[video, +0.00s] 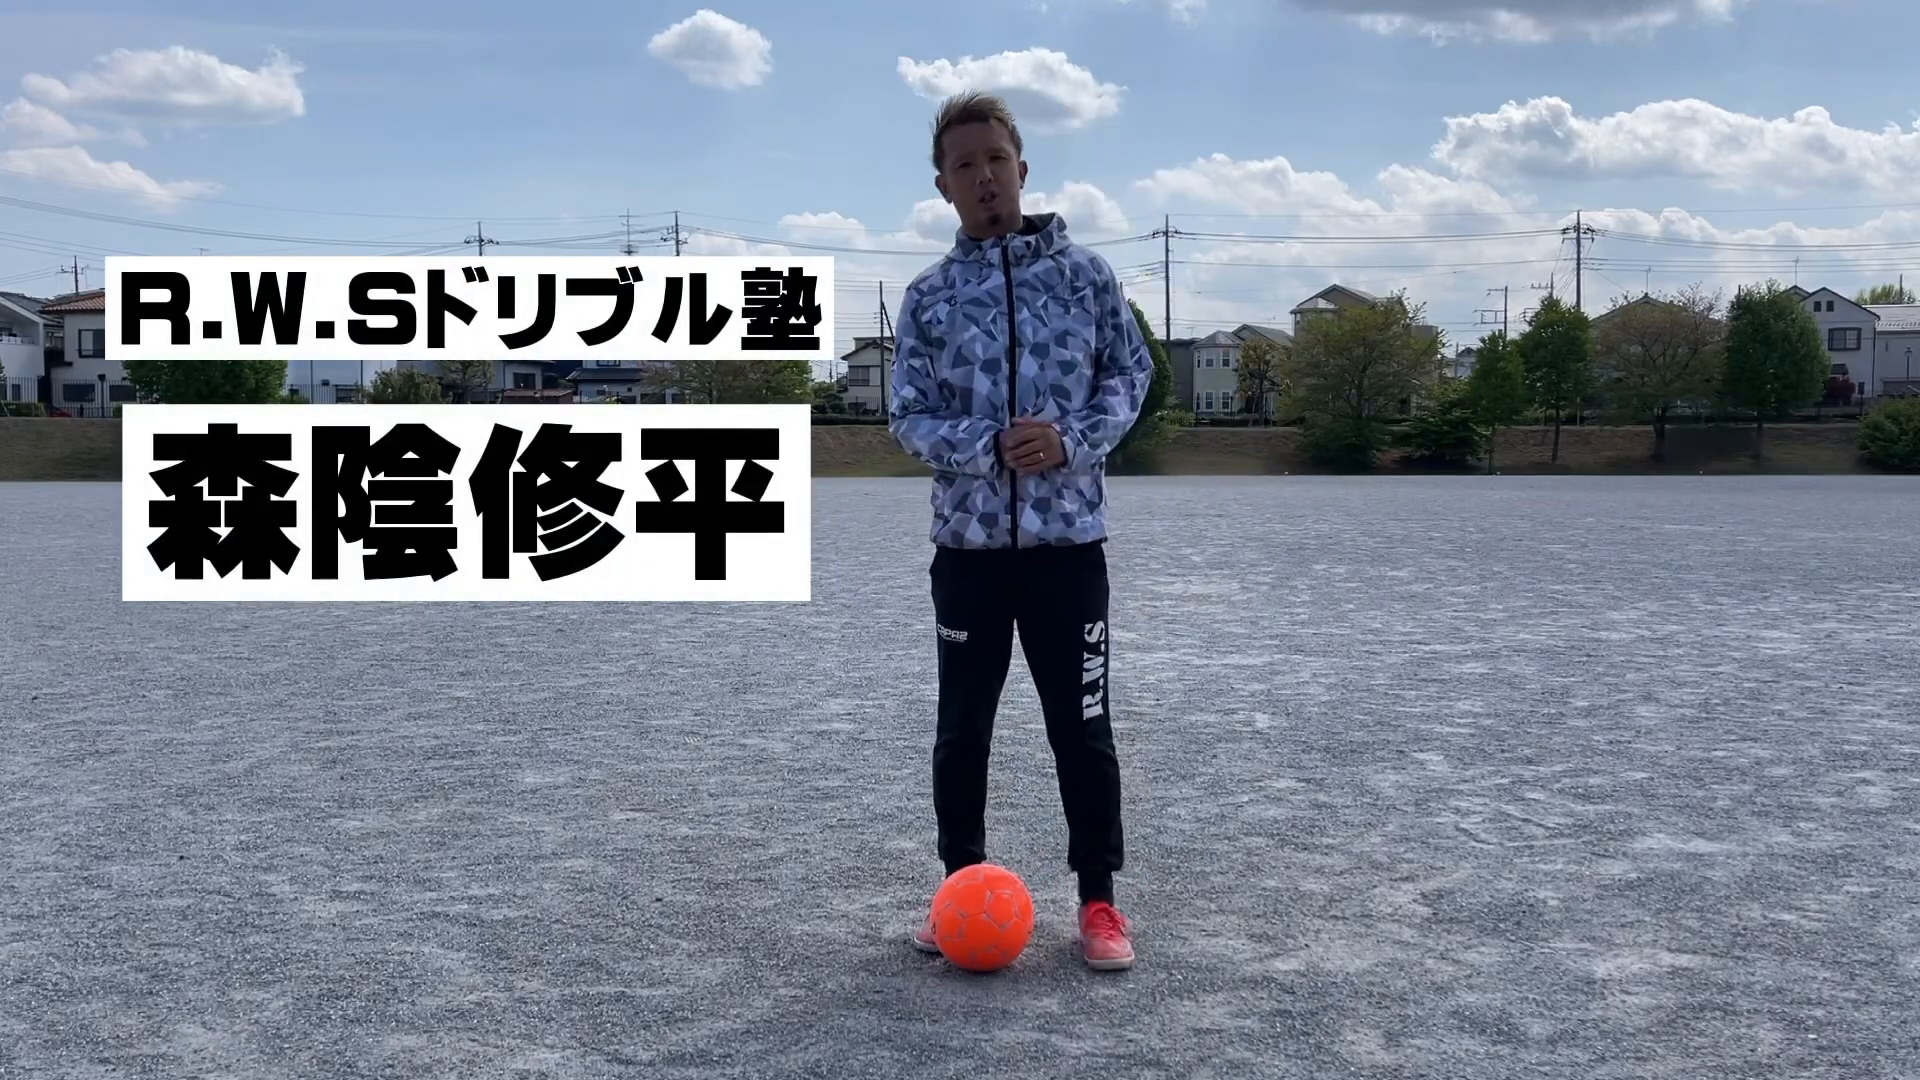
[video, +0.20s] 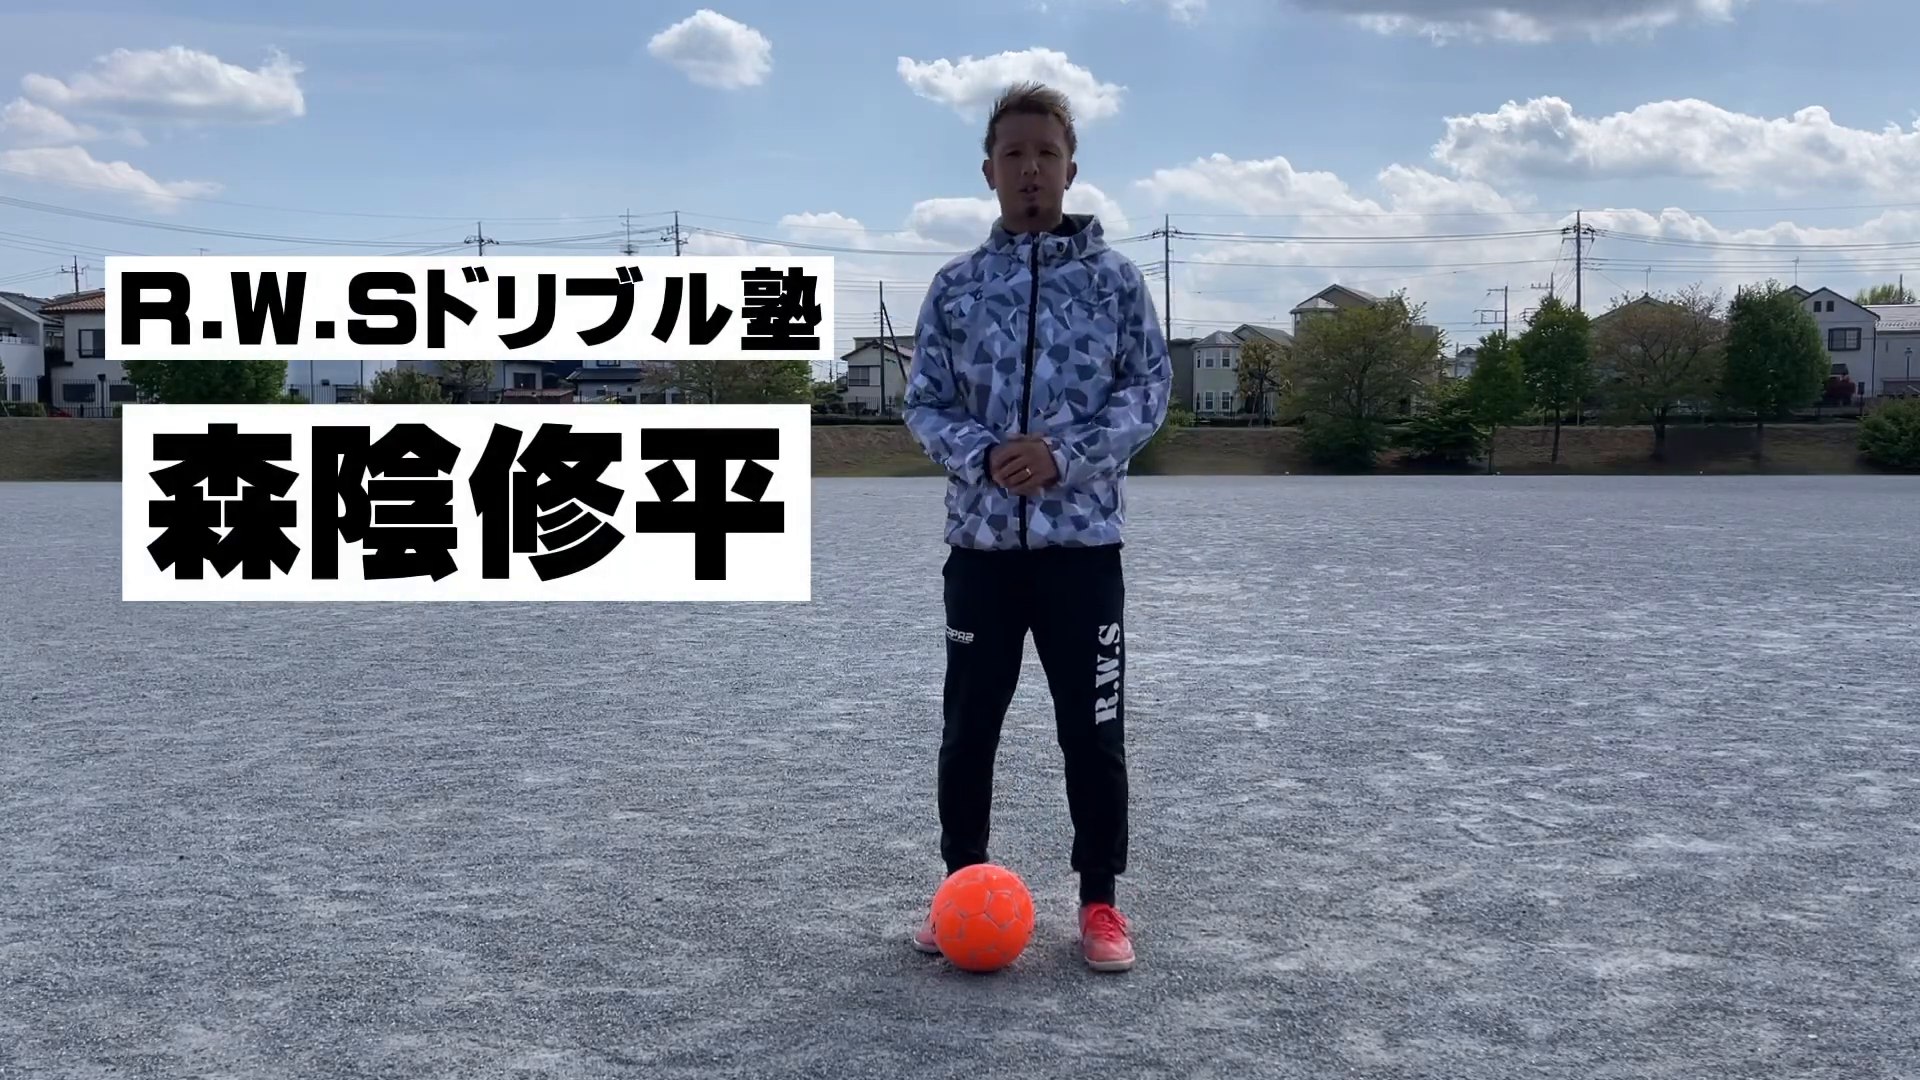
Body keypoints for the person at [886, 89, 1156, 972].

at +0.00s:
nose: (983, 176)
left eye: (994, 159)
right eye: (964, 166)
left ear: (1021, 165)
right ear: (943, 185)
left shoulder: (1085, 274)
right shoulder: (930, 295)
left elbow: (1132, 378)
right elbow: (908, 415)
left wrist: (1074, 438)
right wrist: (987, 447)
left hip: (1066, 540)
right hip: (969, 544)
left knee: (1082, 727)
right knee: (963, 727)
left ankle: (1099, 905)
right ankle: (962, 895)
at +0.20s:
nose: (1031, 168)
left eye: (1047, 153)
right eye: (1014, 153)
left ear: (1071, 167)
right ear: (990, 169)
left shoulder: (1115, 279)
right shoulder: (957, 285)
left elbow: (1150, 393)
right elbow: (923, 405)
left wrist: (1069, 454)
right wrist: (985, 457)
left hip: (1082, 543)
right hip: (982, 544)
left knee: (1093, 733)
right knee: (968, 728)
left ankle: (1100, 906)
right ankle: (962, 899)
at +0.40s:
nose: (1071, 168)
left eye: (1089, 154)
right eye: (1056, 152)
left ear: (1113, 167)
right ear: (1031, 162)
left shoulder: (1144, 283)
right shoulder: (988, 276)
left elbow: (1163, 408)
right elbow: (952, 393)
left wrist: (1065, 479)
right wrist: (984, 463)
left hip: (1090, 551)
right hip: (988, 546)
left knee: (1097, 735)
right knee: (947, 722)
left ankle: (1100, 905)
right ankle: (944, 883)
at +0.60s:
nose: (1085, 164)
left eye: (1103, 150)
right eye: (1071, 147)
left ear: (1127, 167)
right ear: (1045, 158)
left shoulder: (1151, 283)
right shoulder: (996, 272)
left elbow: (1178, 413)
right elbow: (956, 388)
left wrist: (1105, 497)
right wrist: (971, 463)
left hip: (1089, 551)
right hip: (991, 547)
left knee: (1097, 736)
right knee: (950, 728)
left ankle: (1100, 905)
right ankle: (926, 892)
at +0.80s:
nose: (1076, 160)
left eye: (1093, 147)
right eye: (1061, 143)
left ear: (1114, 167)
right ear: (1030, 157)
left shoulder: (1134, 288)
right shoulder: (977, 274)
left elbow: (1182, 401)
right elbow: (932, 390)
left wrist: (1148, 488)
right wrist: (956, 460)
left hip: (1083, 554)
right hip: (980, 549)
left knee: (1093, 737)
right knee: (953, 734)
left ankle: (1101, 906)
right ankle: (936, 899)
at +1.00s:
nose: (1041, 156)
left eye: (1058, 142)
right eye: (1024, 141)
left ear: (1078, 161)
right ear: (996, 158)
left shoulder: (1114, 284)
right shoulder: (953, 277)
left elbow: (1157, 397)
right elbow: (916, 399)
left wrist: (1124, 453)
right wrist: (965, 446)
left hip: (1066, 548)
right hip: (963, 547)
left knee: (1082, 734)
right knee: (943, 733)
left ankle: (1100, 906)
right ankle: (931, 897)